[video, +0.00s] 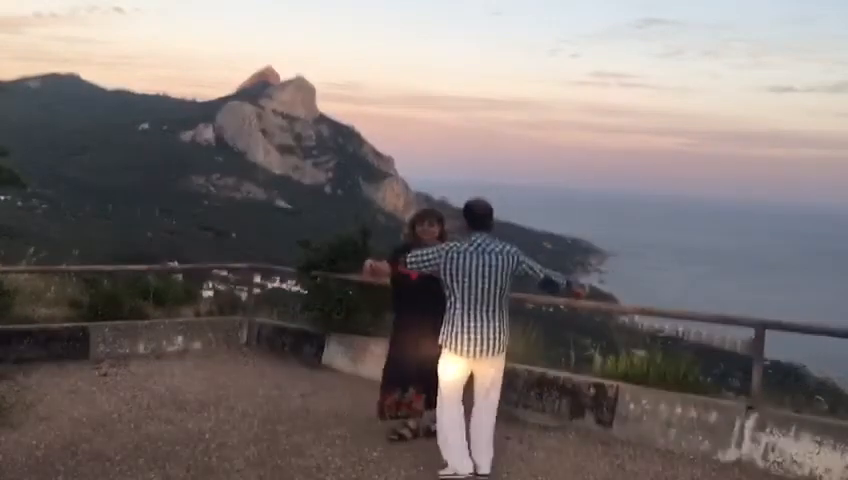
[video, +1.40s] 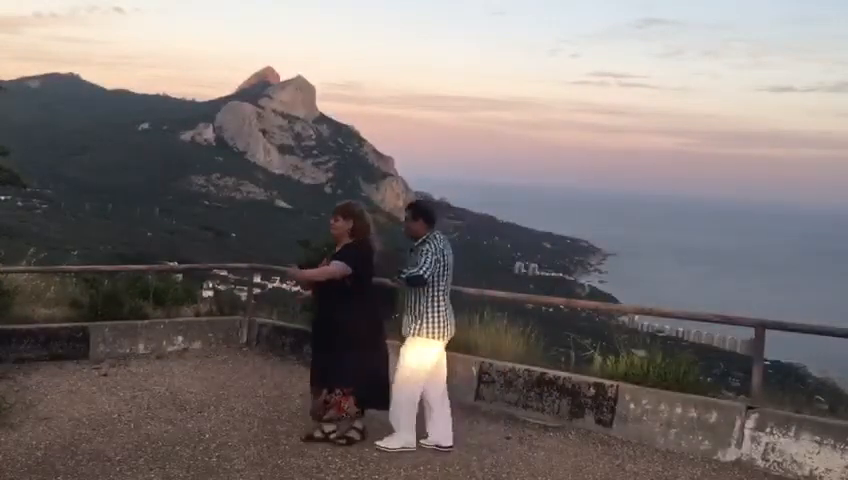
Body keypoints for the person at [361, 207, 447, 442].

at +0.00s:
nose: (428, 229)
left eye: (432, 224)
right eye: (423, 225)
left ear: (441, 229)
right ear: (414, 228)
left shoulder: (446, 254)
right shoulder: (403, 253)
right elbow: (390, 267)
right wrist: (377, 268)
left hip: (436, 318)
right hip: (407, 317)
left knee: (431, 367)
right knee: (405, 364)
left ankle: (428, 417)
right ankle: (407, 418)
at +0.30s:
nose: (407, 229)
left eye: (413, 225)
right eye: (403, 225)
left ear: (422, 229)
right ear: (395, 229)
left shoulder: (432, 257)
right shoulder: (385, 254)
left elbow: (447, 292)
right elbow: (363, 265)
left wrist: (443, 326)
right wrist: (341, 271)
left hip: (419, 326)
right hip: (386, 323)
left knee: (410, 372)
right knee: (379, 368)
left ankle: (405, 424)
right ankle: (373, 417)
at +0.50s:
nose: (394, 227)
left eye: (399, 223)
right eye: (389, 223)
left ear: (408, 227)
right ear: (381, 226)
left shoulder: (417, 254)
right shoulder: (370, 251)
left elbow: (433, 280)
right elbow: (349, 265)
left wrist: (417, 295)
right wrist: (323, 273)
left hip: (403, 325)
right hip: (372, 323)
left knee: (399, 372)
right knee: (369, 370)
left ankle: (404, 424)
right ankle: (367, 420)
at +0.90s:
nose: (368, 226)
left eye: (374, 222)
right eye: (364, 221)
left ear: (384, 226)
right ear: (357, 225)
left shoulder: (391, 253)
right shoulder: (349, 251)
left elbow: (397, 278)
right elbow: (329, 268)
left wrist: (384, 286)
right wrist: (300, 278)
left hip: (379, 324)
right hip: (350, 320)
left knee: (370, 370)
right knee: (348, 366)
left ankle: (360, 424)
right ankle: (352, 417)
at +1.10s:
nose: (353, 228)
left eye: (360, 224)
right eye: (351, 223)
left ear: (372, 229)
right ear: (347, 227)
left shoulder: (380, 254)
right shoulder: (345, 255)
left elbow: (374, 274)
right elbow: (326, 274)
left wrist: (355, 282)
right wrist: (301, 285)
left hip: (370, 325)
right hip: (344, 322)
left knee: (362, 371)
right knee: (346, 368)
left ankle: (358, 425)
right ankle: (357, 418)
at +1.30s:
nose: (338, 226)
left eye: (344, 222)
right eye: (338, 221)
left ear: (358, 226)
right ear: (338, 224)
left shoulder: (366, 251)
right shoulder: (341, 253)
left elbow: (349, 273)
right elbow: (329, 278)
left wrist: (318, 278)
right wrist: (307, 292)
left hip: (359, 325)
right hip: (337, 323)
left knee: (353, 371)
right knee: (329, 368)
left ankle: (353, 423)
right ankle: (331, 421)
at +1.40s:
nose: (332, 223)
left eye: (338, 220)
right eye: (333, 219)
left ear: (352, 224)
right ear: (338, 224)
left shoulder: (358, 249)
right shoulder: (340, 251)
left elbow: (336, 271)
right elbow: (333, 281)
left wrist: (302, 274)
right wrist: (310, 282)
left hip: (354, 324)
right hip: (335, 323)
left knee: (351, 371)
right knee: (331, 370)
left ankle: (354, 424)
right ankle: (330, 422)